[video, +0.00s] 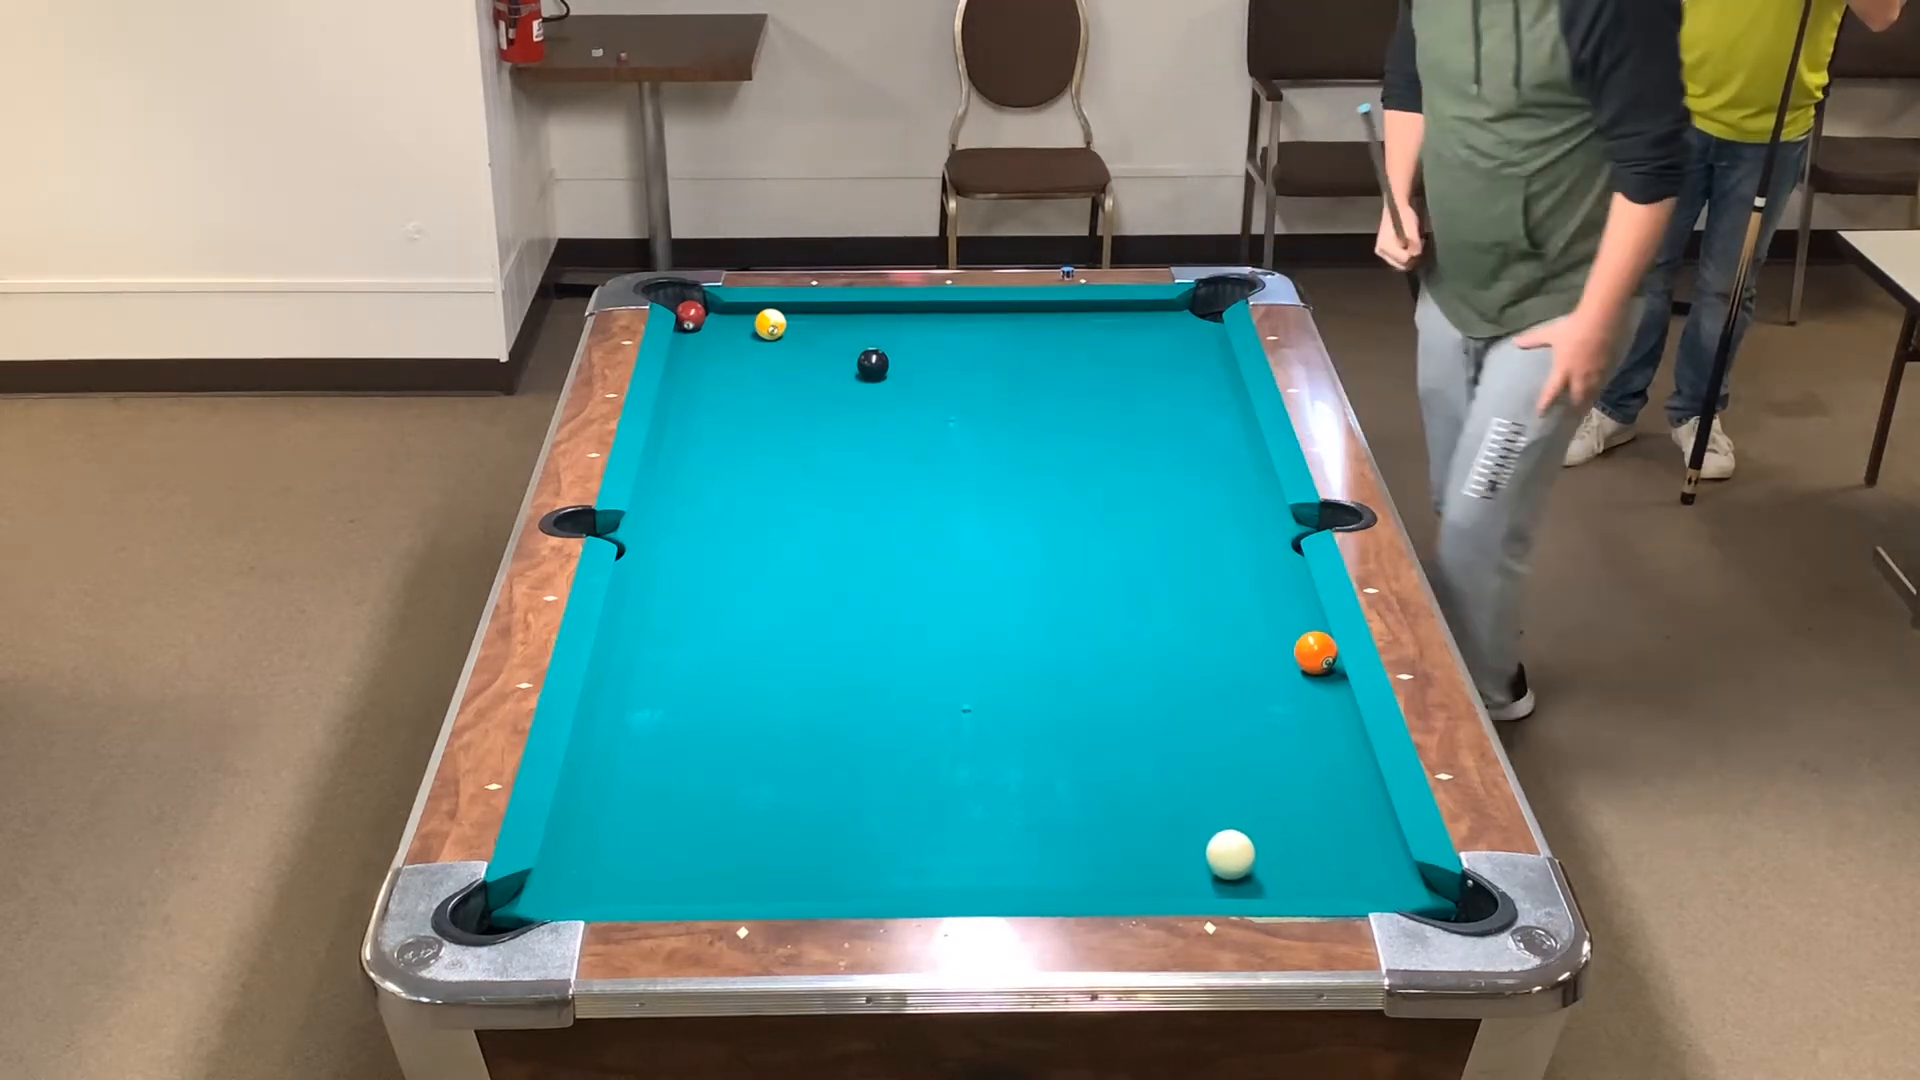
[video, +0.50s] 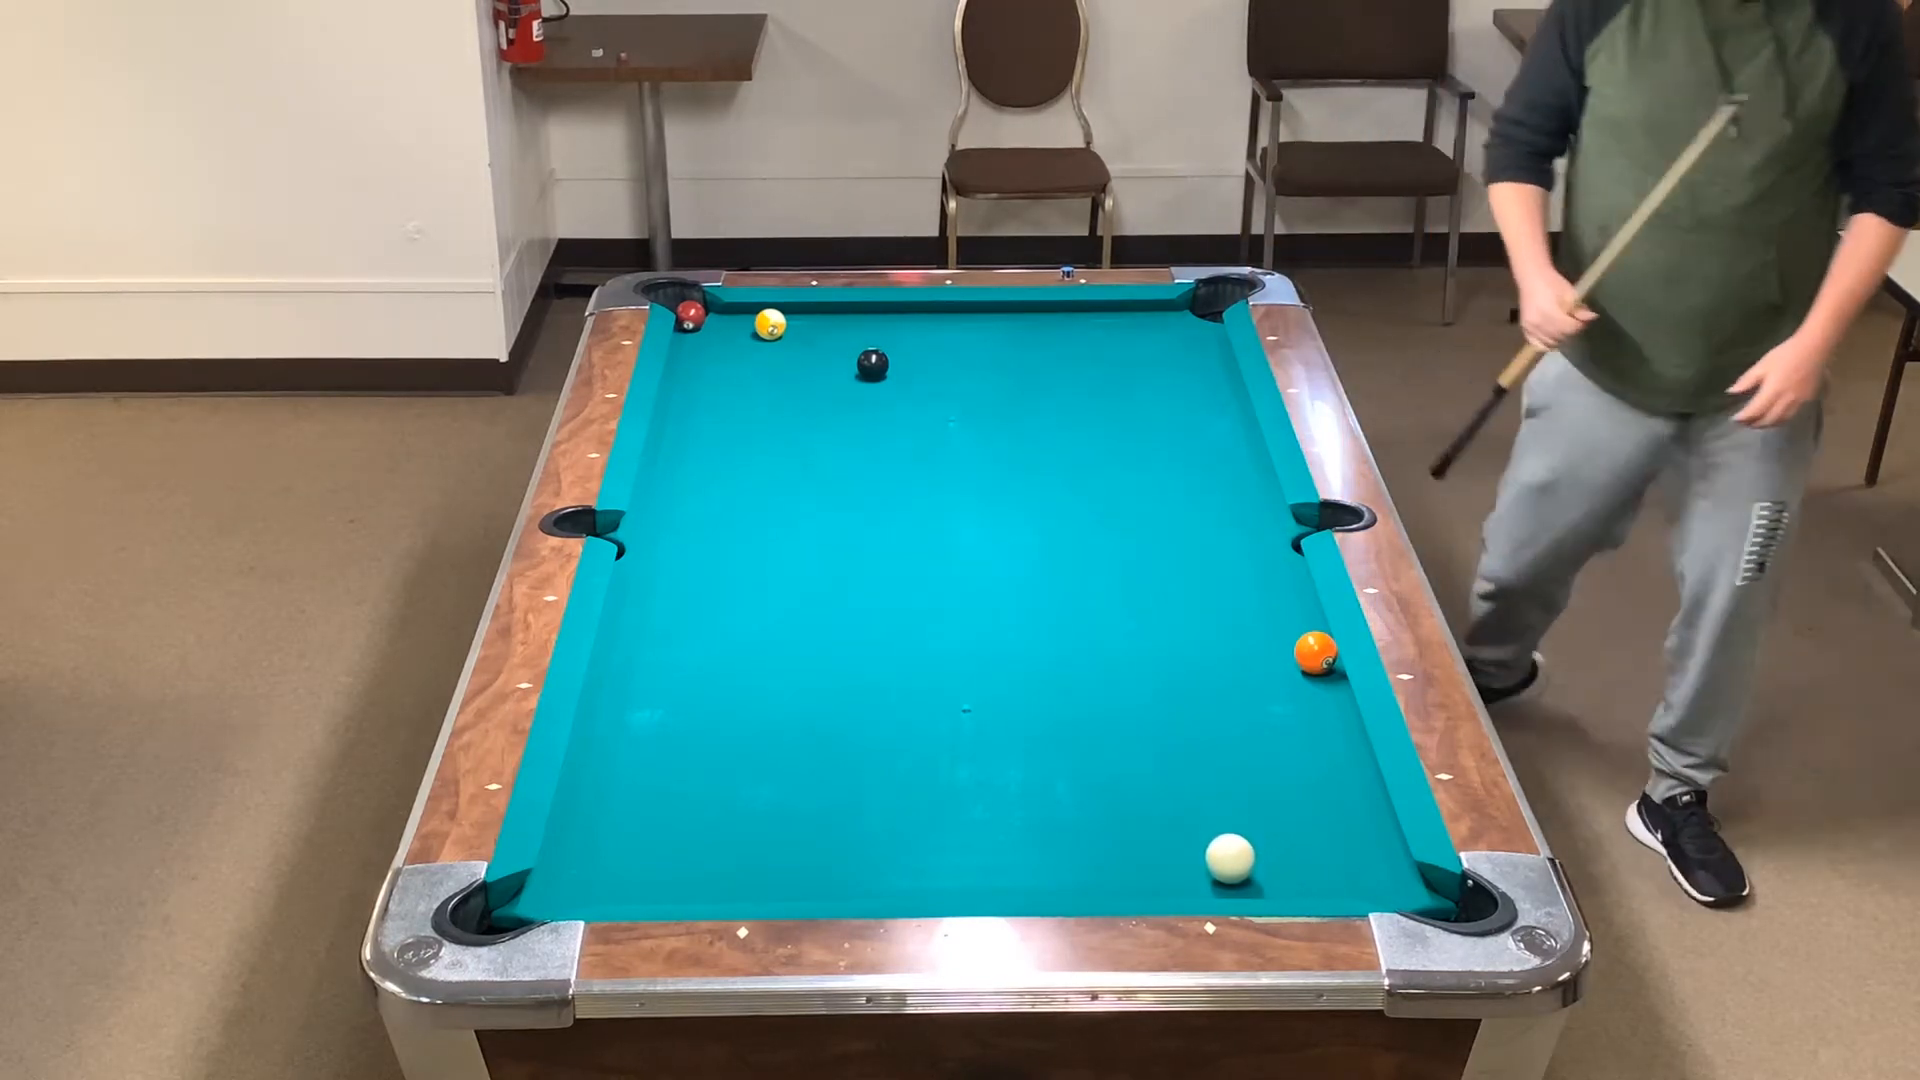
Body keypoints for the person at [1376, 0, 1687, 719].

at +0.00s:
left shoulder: (1615, 8)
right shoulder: (1426, 8)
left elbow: (1654, 162)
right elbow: (1408, 79)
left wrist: (1597, 322)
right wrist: (1398, 195)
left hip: (1559, 297)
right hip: (1451, 278)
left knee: (1474, 526)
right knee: (1455, 502)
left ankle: (1483, 691)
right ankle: (1490, 677)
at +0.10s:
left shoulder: (1653, 9)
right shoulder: (1446, 7)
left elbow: (1692, 171)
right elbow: (1419, 82)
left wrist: (1638, 337)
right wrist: (1407, 202)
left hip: (1580, 312)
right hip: (1461, 291)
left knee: (1552, 535)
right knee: (1470, 505)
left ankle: (1567, 751)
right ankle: (1491, 657)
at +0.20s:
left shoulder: (1697, 13)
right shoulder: (1477, 6)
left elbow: (1730, 180)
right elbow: (1437, 82)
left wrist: (1670, 346)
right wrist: (1424, 210)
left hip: (1613, 320)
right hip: (1479, 297)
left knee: (1629, 550)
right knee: (1481, 501)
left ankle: (1651, 777)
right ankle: (1491, 665)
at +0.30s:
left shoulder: (1748, 16)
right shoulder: (1516, 5)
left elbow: (1772, 194)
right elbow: (1455, 97)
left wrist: (1702, 357)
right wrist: (1441, 226)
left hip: (1656, 345)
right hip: (1509, 324)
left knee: (1675, 571)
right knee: (1498, 515)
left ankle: (1671, 786)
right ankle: (1489, 664)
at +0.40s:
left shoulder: (1803, 17)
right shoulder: (1557, 5)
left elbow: (1826, 196)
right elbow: (1484, 114)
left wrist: (1751, 351)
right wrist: (1478, 246)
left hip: (1711, 369)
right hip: (1554, 349)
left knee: (1704, 588)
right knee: (1506, 539)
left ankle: (1673, 790)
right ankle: (1483, 662)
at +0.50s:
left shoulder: (1852, 16)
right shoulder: (1597, 6)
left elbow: (1890, 188)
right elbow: (1517, 144)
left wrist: (1812, 345)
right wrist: (1533, 274)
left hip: (1762, 378)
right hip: (1603, 355)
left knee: (1729, 594)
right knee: (1515, 562)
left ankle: (1678, 790)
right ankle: (1494, 666)